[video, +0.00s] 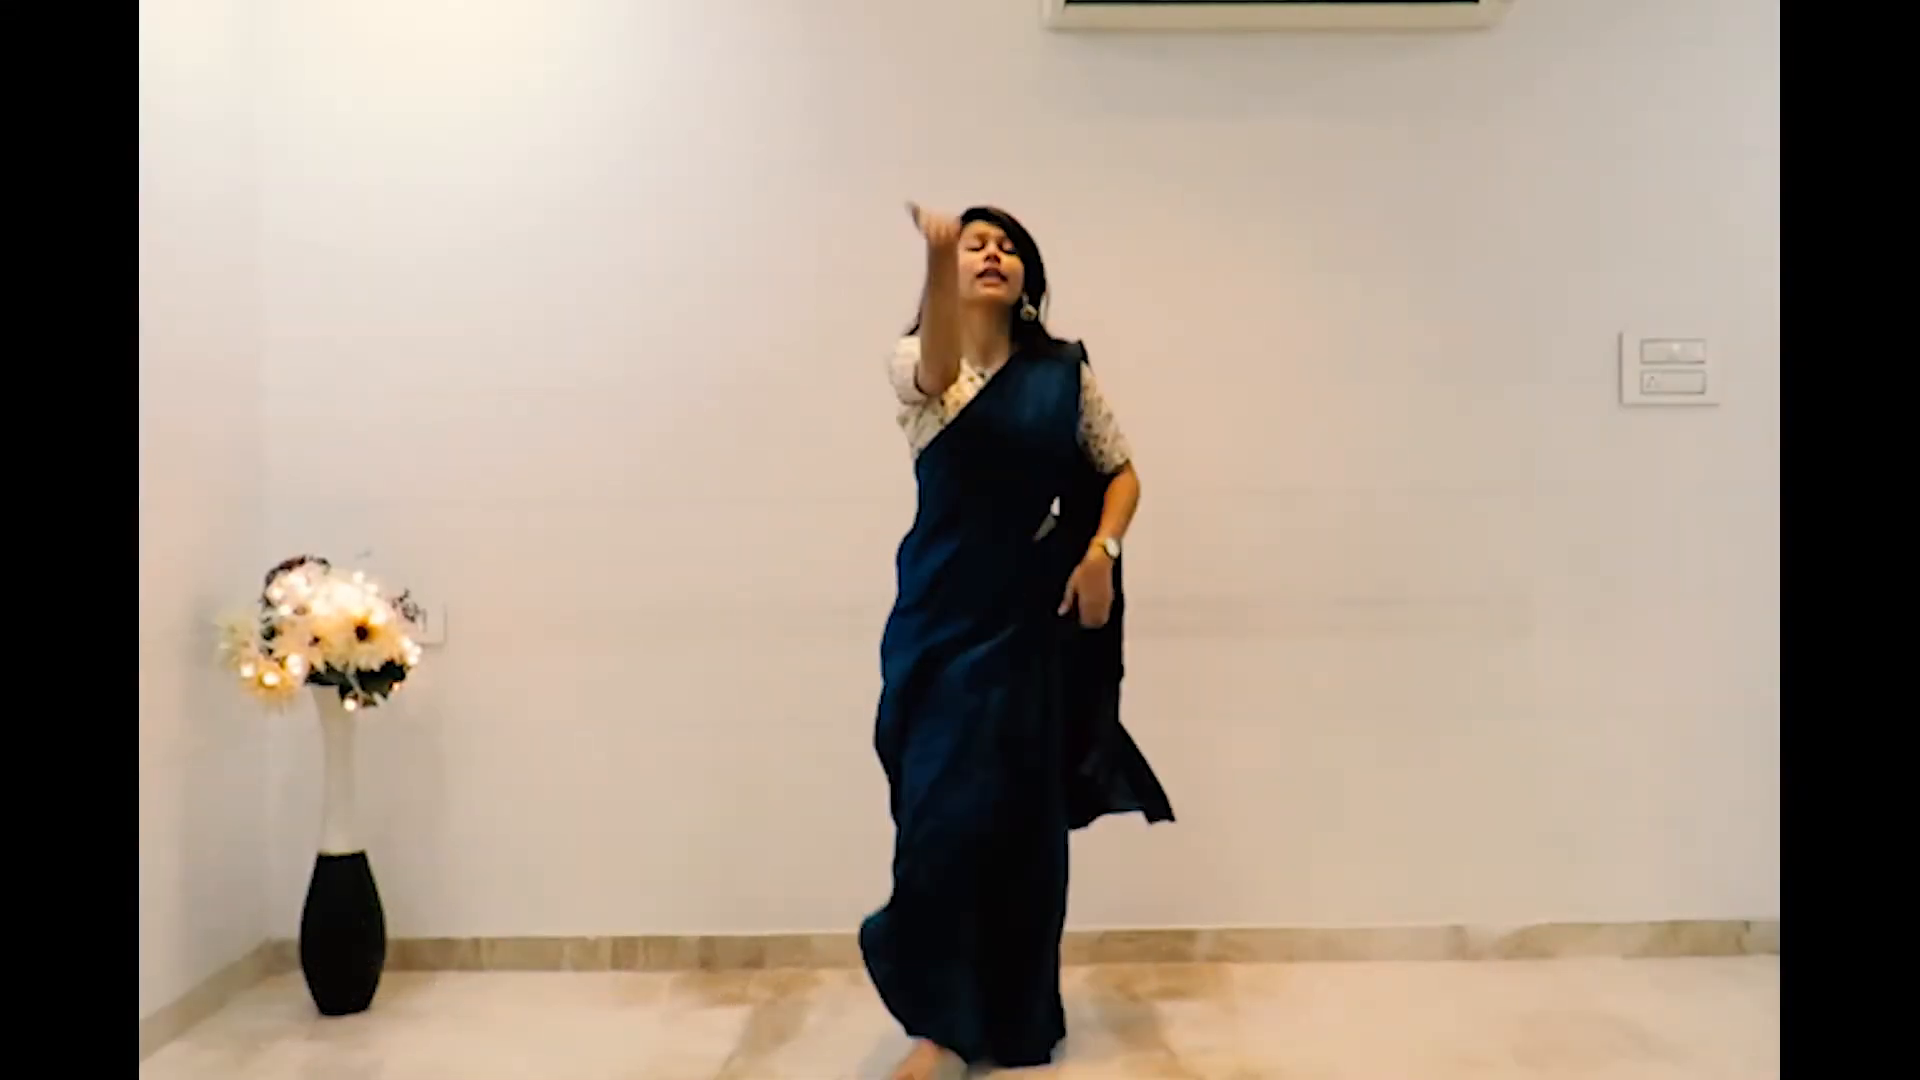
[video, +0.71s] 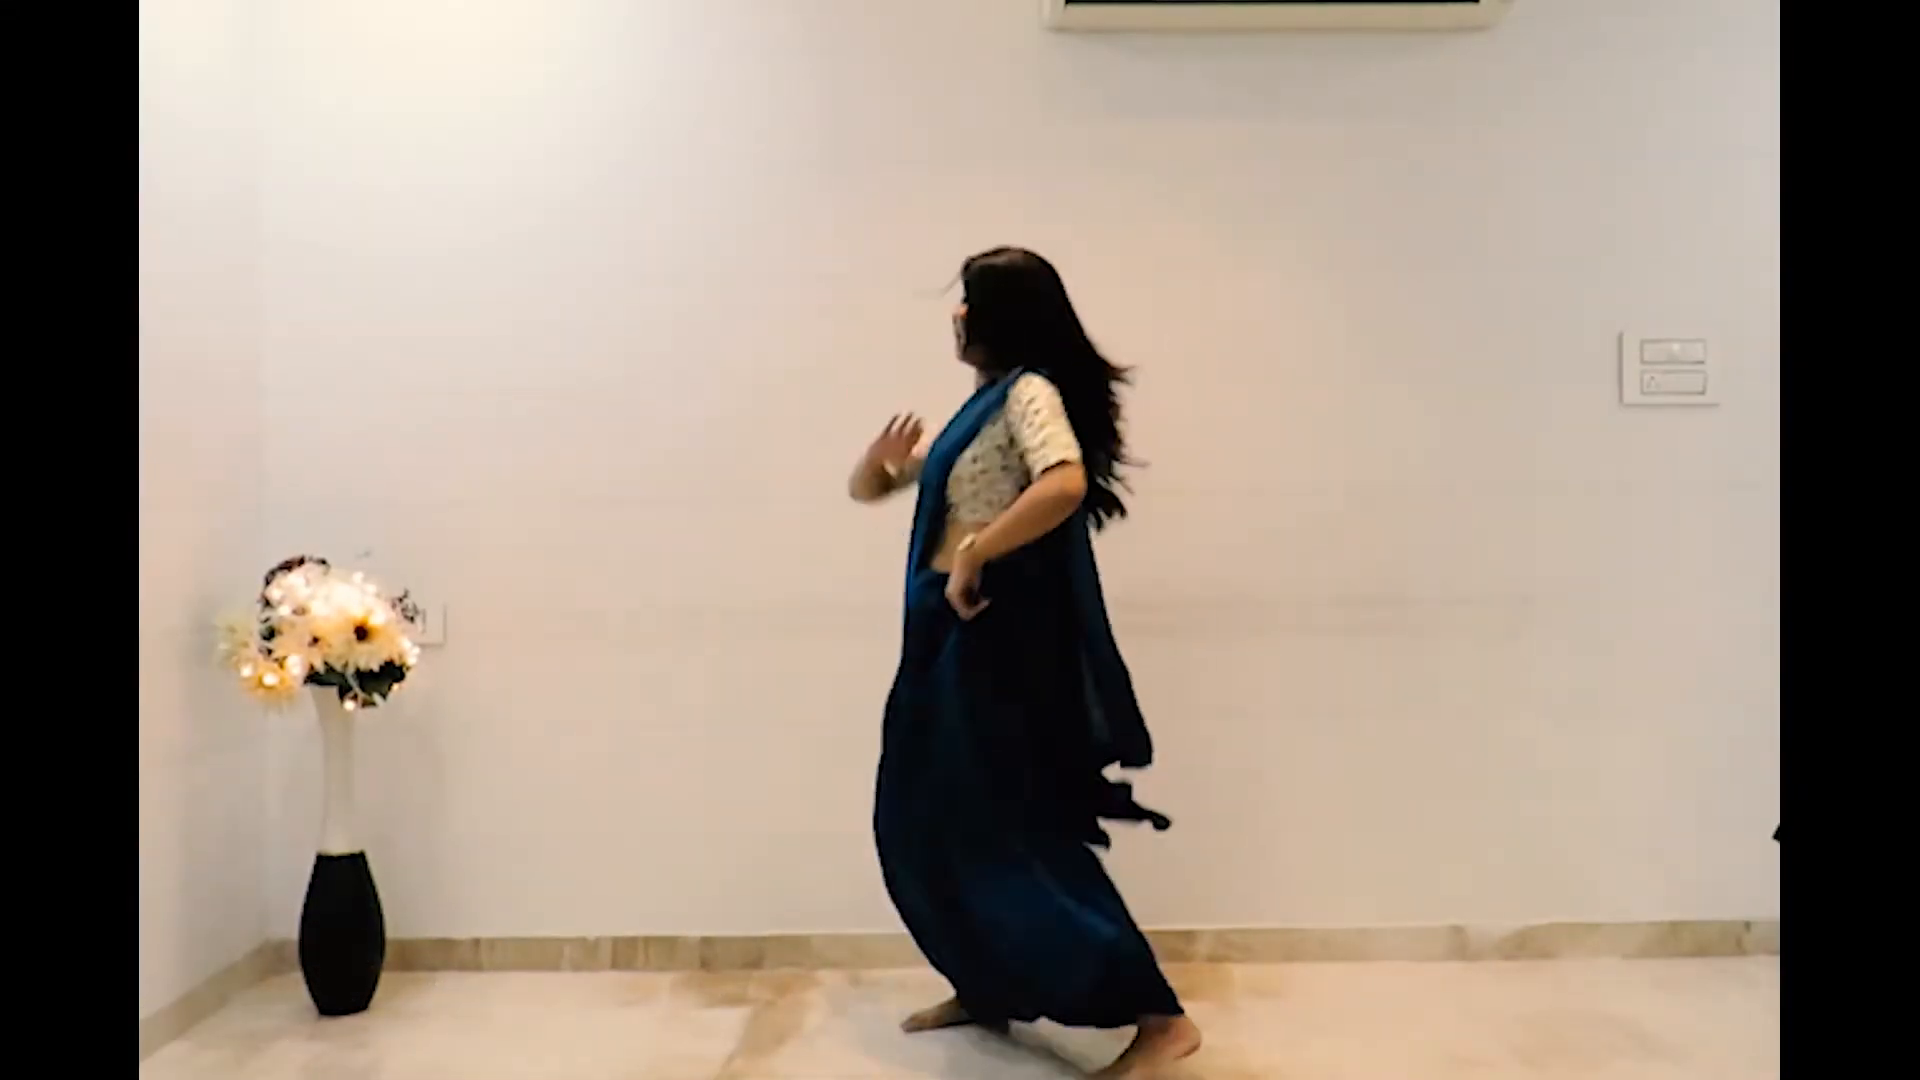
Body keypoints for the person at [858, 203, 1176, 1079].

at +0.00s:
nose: (989, 253)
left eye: (1005, 247)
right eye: (972, 244)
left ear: (1027, 281)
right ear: (947, 279)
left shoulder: (1063, 370)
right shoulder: (925, 371)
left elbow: (1123, 476)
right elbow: (936, 349)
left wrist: (1101, 550)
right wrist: (939, 256)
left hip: (1032, 618)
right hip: (937, 616)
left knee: (1021, 821)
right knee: (939, 818)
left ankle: (1010, 1030)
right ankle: (937, 1030)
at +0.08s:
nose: (990, 274)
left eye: (1005, 265)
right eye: (973, 262)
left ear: (1026, 293)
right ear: (943, 287)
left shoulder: (1060, 385)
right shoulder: (916, 376)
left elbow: (1110, 498)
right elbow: (943, 457)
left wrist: (1101, 585)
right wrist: (971, 385)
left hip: (1044, 630)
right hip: (950, 628)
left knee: (1033, 821)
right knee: (949, 820)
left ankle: (1027, 1015)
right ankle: (948, 1029)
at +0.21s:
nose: (978, 285)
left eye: (996, 274)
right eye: (964, 275)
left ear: (1026, 302)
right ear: (945, 303)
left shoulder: (1066, 389)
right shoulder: (921, 396)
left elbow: (1128, 502)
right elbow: (927, 506)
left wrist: (1082, 603)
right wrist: (865, 459)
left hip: (1037, 644)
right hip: (945, 643)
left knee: (1034, 831)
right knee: (916, 821)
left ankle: (1038, 1038)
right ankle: (956, 1040)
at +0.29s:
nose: (962, 272)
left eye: (982, 261)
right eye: (953, 261)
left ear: (1020, 281)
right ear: (941, 280)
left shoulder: (1050, 361)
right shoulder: (930, 374)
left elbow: (1118, 461)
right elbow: (858, 423)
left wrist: (1054, 566)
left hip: (1022, 624)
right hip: (936, 620)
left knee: (1024, 810)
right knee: (903, 807)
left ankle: (1044, 1015)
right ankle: (956, 1019)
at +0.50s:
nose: (950, 280)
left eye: (965, 272)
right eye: (954, 268)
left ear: (1004, 288)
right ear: (985, 285)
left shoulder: (1007, 353)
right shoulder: (966, 355)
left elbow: (1039, 436)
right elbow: (916, 335)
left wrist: (965, 523)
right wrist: (886, 323)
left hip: (986, 614)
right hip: (936, 613)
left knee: (1037, 788)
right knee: (949, 793)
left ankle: (1141, 991)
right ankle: (974, 985)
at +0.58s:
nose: (954, 318)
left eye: (970, 309)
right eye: (957, 304)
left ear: (1007, 326)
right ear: (992, 322)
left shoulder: (1003, 398)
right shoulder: (989, 396)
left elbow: (1010, 499)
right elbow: (955, 451)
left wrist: (932, 569)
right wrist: (903, 441)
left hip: (975, 644)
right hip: (952, 638)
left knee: (1008, 816)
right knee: (929, 806)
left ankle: (1150, 1009)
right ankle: (980, 986)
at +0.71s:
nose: (953, 317)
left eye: (964, 305)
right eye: (957, 303)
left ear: (996, 318)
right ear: (1012, 316)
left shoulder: (1029, 391)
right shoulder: (976, 408)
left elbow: (1068, 482)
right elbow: (869, 491)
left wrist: (974, 550)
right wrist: (877, 469)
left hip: (1007, 652)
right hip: (952, 652)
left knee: (1028, 832)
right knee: (926, 817)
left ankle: (1161, 1019)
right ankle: (983, 987)